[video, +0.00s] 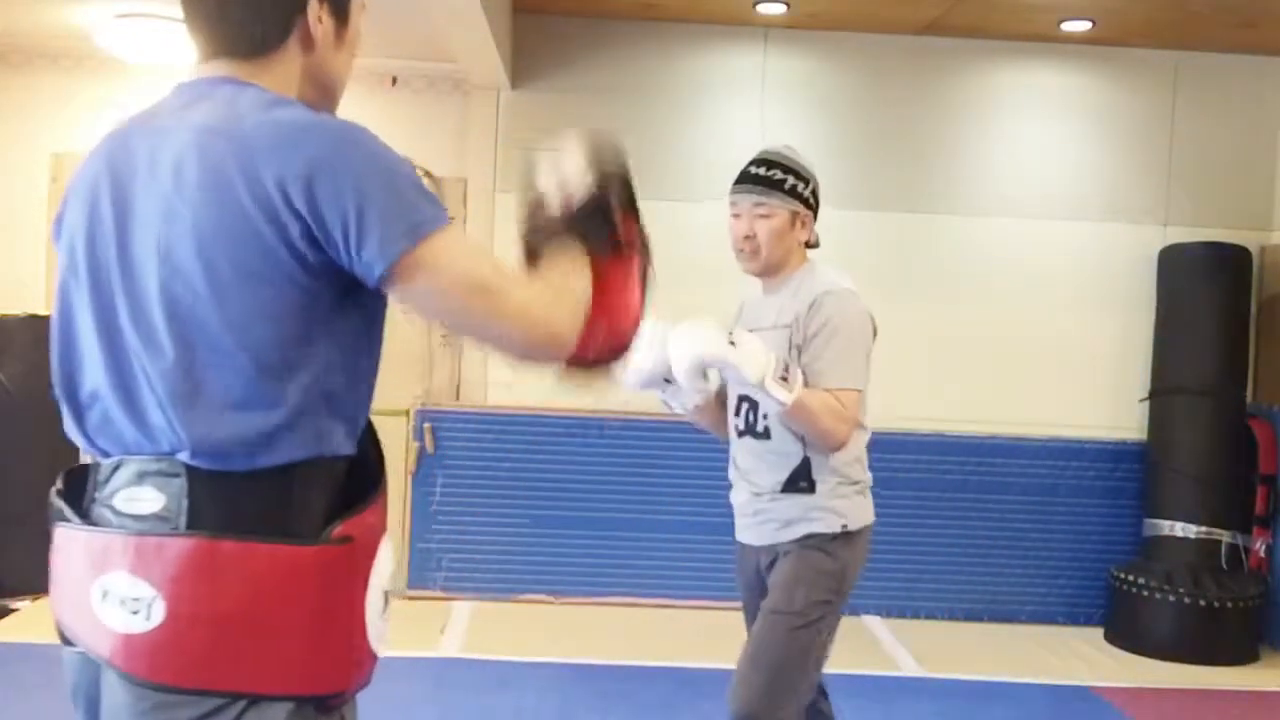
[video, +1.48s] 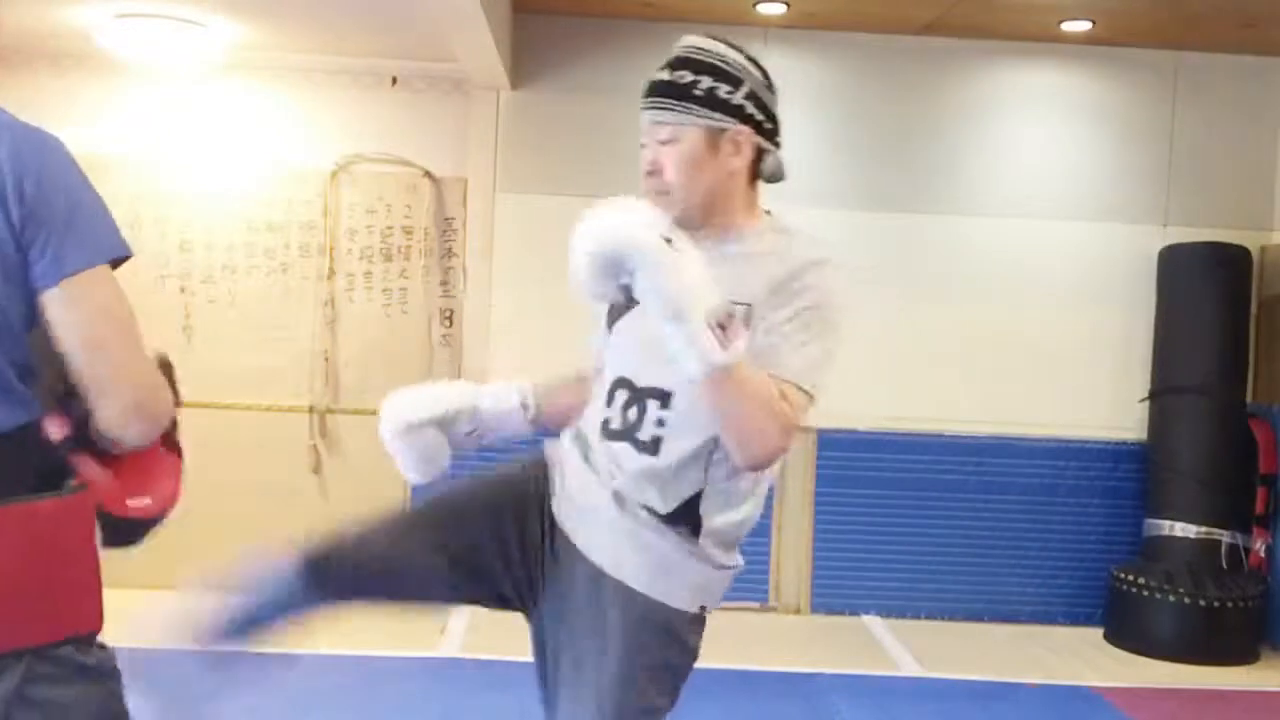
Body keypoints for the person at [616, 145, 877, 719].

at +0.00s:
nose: (745, 230)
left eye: (763, 215)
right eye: (737, 215)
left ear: (804, 226)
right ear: (728, 222)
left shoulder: (835, 305)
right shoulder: (749, 307)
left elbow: (836, 433)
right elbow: (737, 425)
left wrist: (767, 375)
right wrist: (677, 385)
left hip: (822, 531)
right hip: (754, 531)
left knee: (757, 702)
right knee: (795, 696)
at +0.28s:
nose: (744, 245)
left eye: (765, 231)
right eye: (736, 229)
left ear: (804, 246)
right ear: (725, 236)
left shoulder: (832, 330)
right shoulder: (730, 324)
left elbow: (826, 464)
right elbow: (709, 453)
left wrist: (779, 379)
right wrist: (666, 386)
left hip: (807, 561)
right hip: (744, 560)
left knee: (744, 710)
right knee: (779, 704)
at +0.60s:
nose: (724, 199)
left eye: (745, 183)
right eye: (714, 183)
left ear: (795, 196)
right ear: (701, 189)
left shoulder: (829, 289)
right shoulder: (677, 267)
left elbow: (809, 423)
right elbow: (556, 298)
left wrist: (750, 302)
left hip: (789, 560)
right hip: (694, 549)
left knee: (751, 711)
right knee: (710, 706)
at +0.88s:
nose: (661, 229)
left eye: (682, 210)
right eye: (654, 209)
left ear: (734, 218)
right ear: (645, 214)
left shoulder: (777, 321)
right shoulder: (646, 310)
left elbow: (844, 465)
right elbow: (567, 431)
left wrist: (770, 407)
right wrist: (573, 357)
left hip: (762, 588)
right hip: (678, 584)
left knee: (694, 710)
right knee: (691, 708)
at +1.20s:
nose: (755, 169)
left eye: (779, 149)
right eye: (740, 151)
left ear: (833, 164)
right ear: (726, 160)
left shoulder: (842, 284)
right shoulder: (673, 241)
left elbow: (891, 413)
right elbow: (540, 347)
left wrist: (833, 297)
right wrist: (416, 390)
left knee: (628, 708)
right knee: (346, 532)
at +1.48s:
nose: (647, 163)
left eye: (667, 141)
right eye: (647, 143)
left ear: (739, 146)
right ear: (719, 149)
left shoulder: (799, 278)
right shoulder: (652, 246)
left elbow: (761, 440)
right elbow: (606, 388)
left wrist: (688, 313)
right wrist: (483, 409)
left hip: (643, 581)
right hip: (553, 496)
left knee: (599, 713)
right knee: (349, 557)